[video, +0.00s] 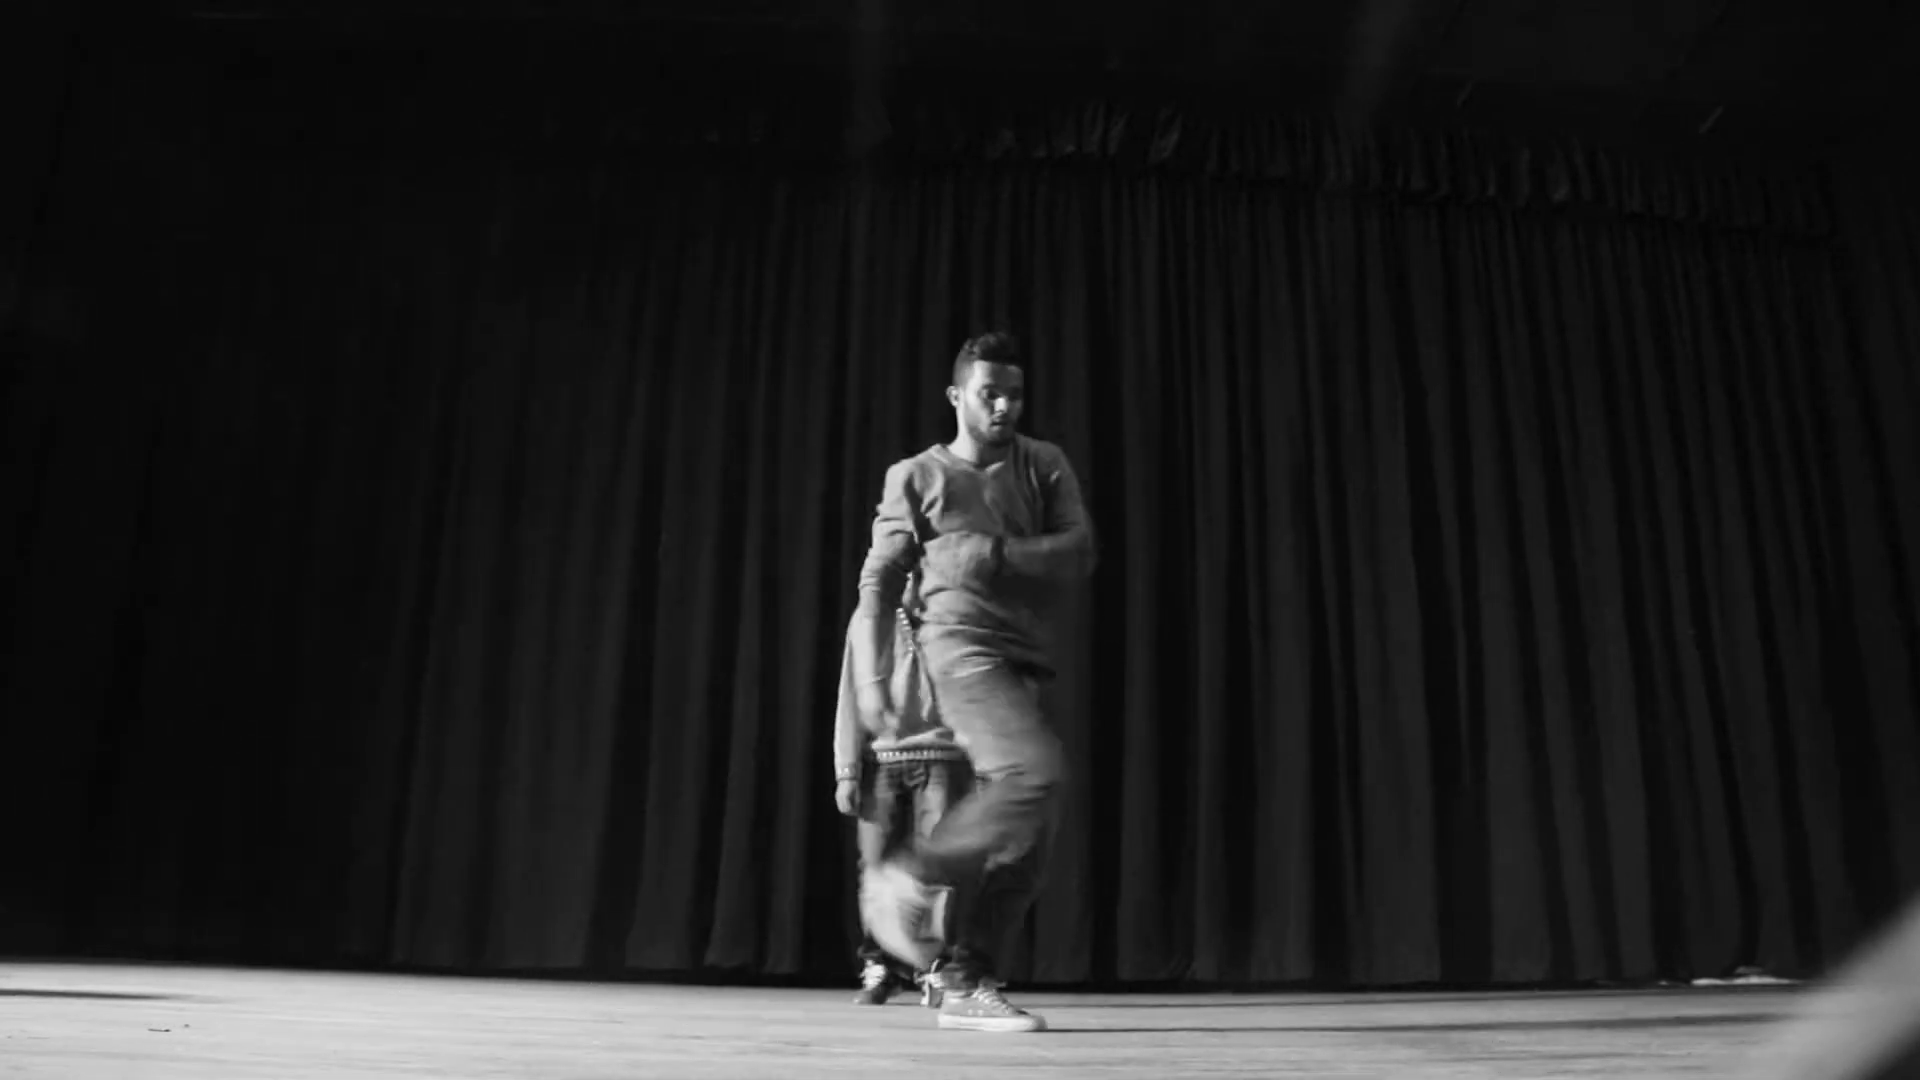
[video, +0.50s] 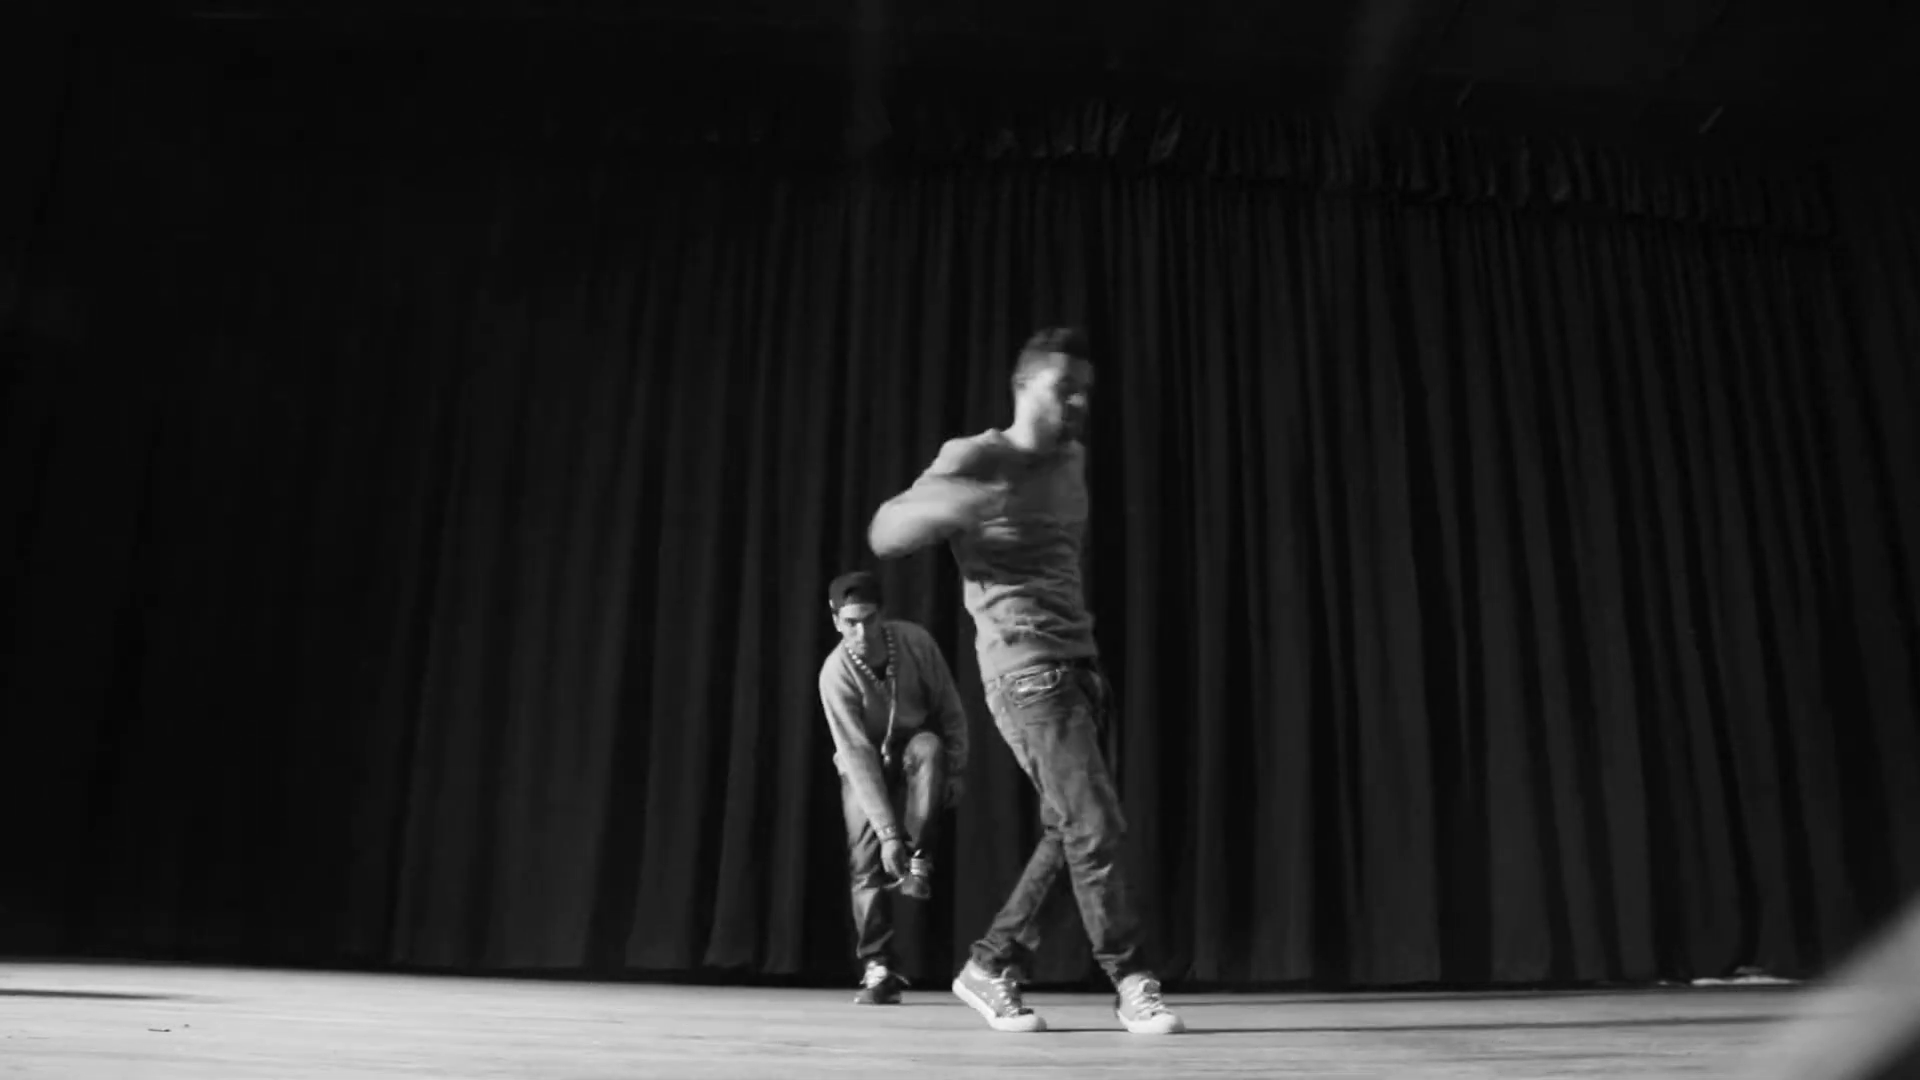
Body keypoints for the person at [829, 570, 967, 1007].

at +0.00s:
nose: (909, 590)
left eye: (916, 581)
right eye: (901, 582)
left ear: (929, 583)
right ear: (885, 584)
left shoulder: (945, 625)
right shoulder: (867, 624)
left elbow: (972, 696)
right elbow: (849, 699)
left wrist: (981, 759)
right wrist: (847, 770)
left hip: (939, 760)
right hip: (881, 761)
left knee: (938, 866)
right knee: (874, 869)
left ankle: (934, 965)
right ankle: (877, 961)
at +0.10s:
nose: (894, 588)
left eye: (903, 578)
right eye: (885, 580)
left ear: (919, 577)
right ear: (873, 583)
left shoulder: (943, 626)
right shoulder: (858, 634)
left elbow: (967, 692)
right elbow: (848, 712)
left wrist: (967, 759)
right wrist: (851, 784)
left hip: (932, 756)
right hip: (876, 757)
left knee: (934, 866)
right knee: (878, 871)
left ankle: (934, 966)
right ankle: (880, 967)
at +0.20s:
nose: (879, 617)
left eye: (886, 605)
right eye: (870, 607)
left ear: (902, 598)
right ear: (858, 604)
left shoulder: (934, 628)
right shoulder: (847, 646)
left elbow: (958, 695)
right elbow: (846, 728)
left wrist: (959, 754)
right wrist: (858, 801)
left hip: (927, 748)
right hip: (874, 754)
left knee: (927, 834)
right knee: (872, 861)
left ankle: (931, 951)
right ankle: (879, 963)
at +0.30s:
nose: (870, 632)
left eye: (877, 621)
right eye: (860, 622)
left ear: (893, 612)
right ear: (848, 619)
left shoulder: (925, 636)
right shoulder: (843, 664)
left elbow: (956, 705)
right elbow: (851, 745)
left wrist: (959, 761)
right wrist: (867, 823)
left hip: (922, 743)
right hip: (870, 751)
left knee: (928, 791)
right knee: (869, 856)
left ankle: (922, 903)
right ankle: (876, 963)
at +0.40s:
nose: (864, 636)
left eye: (871, 624)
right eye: (854, 627)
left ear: (886, 617)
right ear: (841, 624)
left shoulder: (919, 640)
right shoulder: (839, 672)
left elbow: (954, 707)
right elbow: (854, 754)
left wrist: (959, 767)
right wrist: (881, 835)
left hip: (916, 745)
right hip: (866, 754)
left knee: (928, 756)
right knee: (864, 857)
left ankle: (918, 866)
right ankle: (874, 964)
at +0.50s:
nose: (860, 631)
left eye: (867, 620)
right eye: (850, 622)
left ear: (881, 616)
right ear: (837, 623)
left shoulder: (915, 642)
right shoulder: (835, 676)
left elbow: (950, 707)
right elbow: (855, 758)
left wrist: (957, 768)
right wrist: (888, 834)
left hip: (912, 747)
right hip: (864, 757)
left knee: (927, 748)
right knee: (866, 862)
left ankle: (919, 855)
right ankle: (876, 965)